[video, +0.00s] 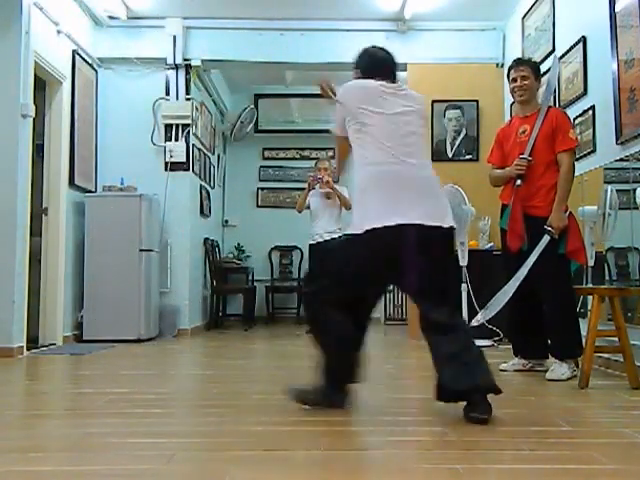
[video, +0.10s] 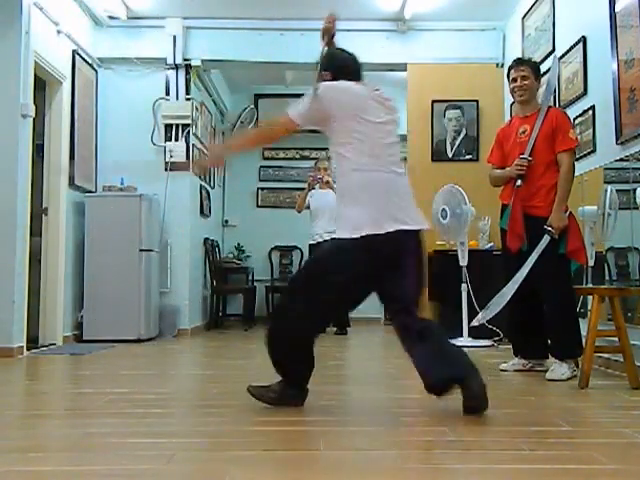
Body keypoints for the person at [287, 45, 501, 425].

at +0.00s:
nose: (352, 77)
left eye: (353, 72)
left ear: (358, 73)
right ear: (392, 74)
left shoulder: (349, 92)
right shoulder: (417, 100)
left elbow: (342, 148)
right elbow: (383, 110)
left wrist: (336, 176)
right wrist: (340, 96)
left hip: (377, 219)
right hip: (433, 220)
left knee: (338, 298)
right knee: (443, 310)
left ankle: (334, 388)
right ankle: (476, 394)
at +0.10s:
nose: (317, 79)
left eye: (319, 73)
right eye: (320, 73)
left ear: (325, 75)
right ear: (357, 74)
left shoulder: (328, 96)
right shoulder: (384, 100)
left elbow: (273, 131)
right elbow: (343, 80)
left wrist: (221, 149)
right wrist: (329, 43)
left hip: (360, 233)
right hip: (405, 231)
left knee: (296, 308)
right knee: (408, 318)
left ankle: (292, 386)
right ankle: (462, 371)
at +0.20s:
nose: (281, 89)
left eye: (283, 82)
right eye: (281, 83)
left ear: (296, 79)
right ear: (319, 77)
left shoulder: (306, 105)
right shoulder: (347, 106)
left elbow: (240, 118)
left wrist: (173, 102)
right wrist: (327, 70)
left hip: (343, 232)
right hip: (372, 232)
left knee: (281, 297)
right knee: (342, 314)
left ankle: (284, 389)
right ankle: (399, 354)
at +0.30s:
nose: (255, 97)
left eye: (258, 89)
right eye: (255, 91)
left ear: (272, 85)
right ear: (287, 85)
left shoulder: (306, 114)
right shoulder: (298, 125)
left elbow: (242, 137)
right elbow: (260, 163)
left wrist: (203, 87)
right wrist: (251, 124)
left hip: (336, 236)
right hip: (318, 236)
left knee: (265, 297)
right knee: (267, 296)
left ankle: (283, 390)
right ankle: (298, 346)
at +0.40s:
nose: (235, 105)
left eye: (237, 97)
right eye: (234, 98)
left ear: (252, 94)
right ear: (267, 95)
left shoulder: (298, 126)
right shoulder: (260, 146)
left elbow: (246, 165)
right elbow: (214, 192)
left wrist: (225, 115)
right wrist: (170, 164)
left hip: (321, 245)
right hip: (285, 245)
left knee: (259, 301)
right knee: (235, 294)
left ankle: (282, 389)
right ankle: (203, 361)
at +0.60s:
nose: (200, 111)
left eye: (204, 103)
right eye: (199, 105)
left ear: (227, 102)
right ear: (225, 104)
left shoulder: (274, 138)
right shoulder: (219, 148)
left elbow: (245, 185)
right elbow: (172, 190)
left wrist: (215, 136)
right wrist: (111, 182)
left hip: (289, 247)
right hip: (245, 248)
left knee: (250, 305)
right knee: (187, 286)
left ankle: (272, 388)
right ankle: (194, 360)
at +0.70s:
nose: (188, 104)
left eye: (195, 97)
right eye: (189, 98)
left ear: (222, 99)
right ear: (215, 102)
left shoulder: (259, 140)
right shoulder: (208, 144)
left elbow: (218, 178)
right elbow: (169, 191)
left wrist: (191, 131)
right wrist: (133, 153)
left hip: (269, 245)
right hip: (226, 244)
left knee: (238, 304)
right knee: (162, 274)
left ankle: (272, 386)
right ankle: (200, 344)